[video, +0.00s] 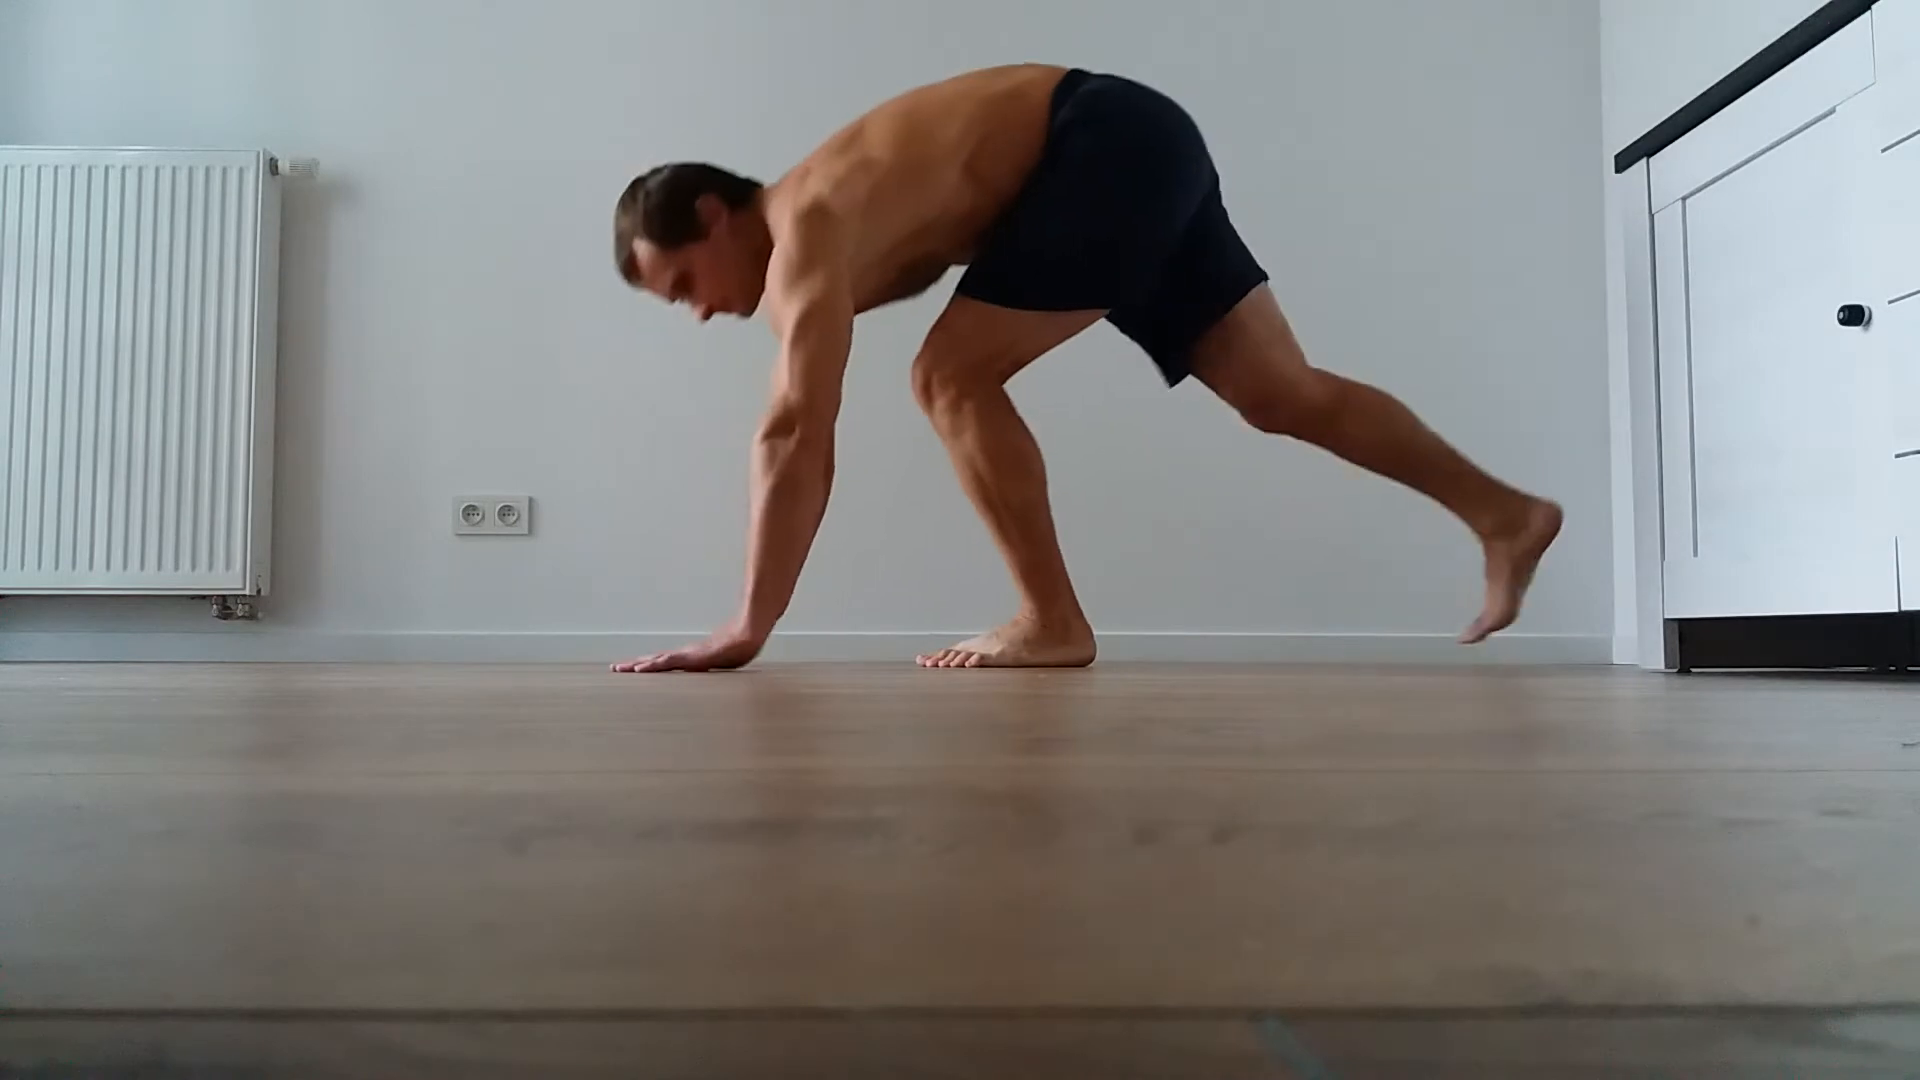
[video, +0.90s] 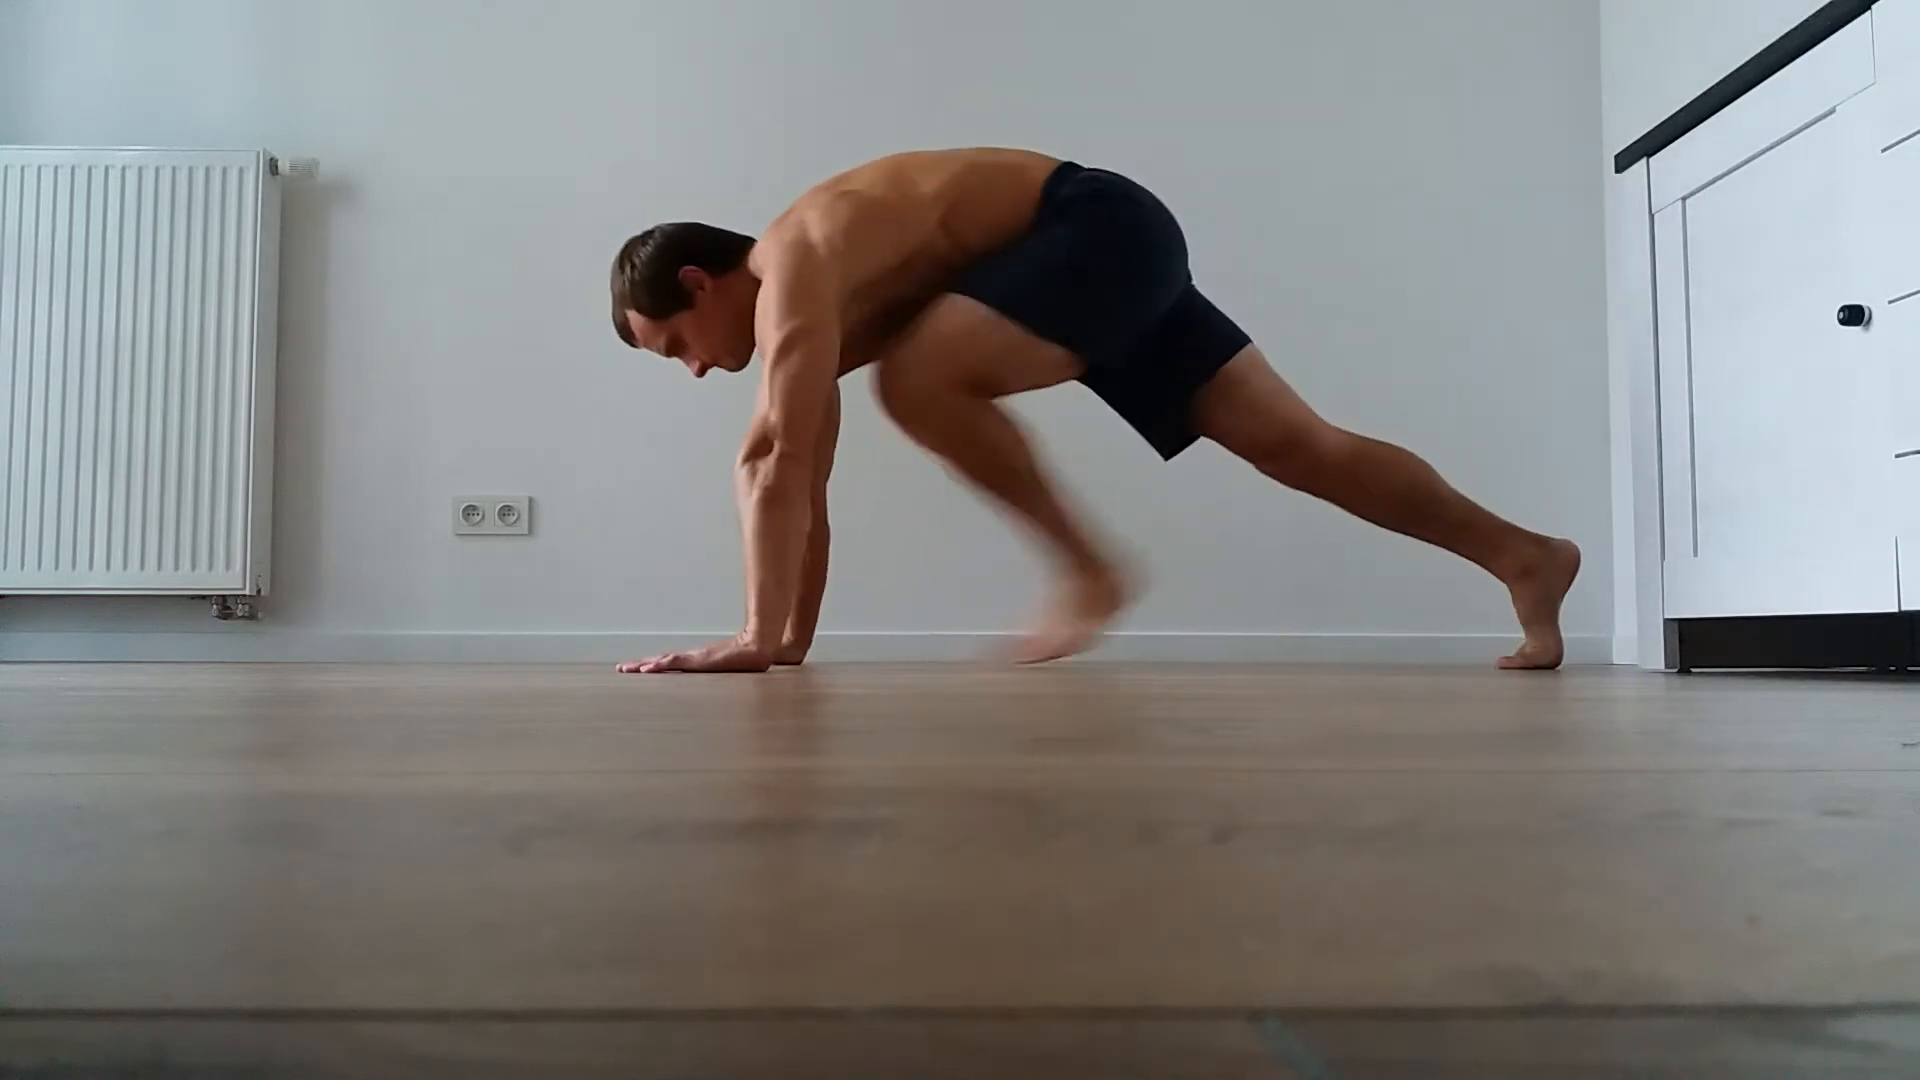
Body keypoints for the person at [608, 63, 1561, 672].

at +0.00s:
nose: (700, 307)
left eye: (684, 284)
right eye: (680, 296)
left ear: (713, 223)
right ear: (717, 221)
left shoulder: (808, 236)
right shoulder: (810, 216)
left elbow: (791, 438)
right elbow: (810, 438)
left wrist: (750, 625)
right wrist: (756, 614)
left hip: (1103, 152)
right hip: (1137, 144)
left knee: (955, 376)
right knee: (1281, 394)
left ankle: (1052, 623)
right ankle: (1505, 514)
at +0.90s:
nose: (688, 364)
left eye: (672, 344)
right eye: (671, 352)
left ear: (699, 288)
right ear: (707, 284)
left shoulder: (795, 265)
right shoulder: (800, 279)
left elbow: (774, 459)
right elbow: (805, 481)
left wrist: (762, 634)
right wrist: (790, 641)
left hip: (1096, 236)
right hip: (1110, 247)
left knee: (912, 384)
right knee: (1305, 450)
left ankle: (1089, 575)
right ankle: (1527, 558)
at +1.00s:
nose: (679, 364)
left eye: (663, 345)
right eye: (662, 353)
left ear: (689, 288)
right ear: (698, 288)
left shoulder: (789, 267)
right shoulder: (796, 293)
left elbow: (768, 461)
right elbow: (797, 476)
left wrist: (762, 631)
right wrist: (794, 637)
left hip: (1101, 237)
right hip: (1102, 260)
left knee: (1045, 454)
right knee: (1301, 454)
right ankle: (1522, 557)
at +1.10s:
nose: (668, 363)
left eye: (653, 344)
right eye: (651, 352)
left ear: (675, 289)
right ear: (682, 283)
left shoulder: (780, 272)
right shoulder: (779, 287)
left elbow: (774, 468)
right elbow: (779, 475)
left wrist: (763, 637)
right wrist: (788, 641)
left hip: (1087, 260)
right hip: (1080, 278)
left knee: (1209, 491)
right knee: (1281, 455)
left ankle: (1436, 481)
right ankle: (1515, 562)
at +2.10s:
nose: (635, 419)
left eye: (621, 400)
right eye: (619, 410)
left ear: (647, 345)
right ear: (653, 348)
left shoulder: (753, 323)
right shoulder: (763, 338)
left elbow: (762, 470)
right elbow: (789, 490)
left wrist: (756, 636)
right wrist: (788, 635)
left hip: (1084, 404)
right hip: (1079, 405)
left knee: (1346, 511)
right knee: (1344, 504)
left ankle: (1599, 557)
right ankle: (1590, 555)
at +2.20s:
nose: (632, 522)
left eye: (615, 502)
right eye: (616, 511)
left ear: (631, 444)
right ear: (647, 445)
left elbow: (758, 461)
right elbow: (811, 525)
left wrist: (761, 633)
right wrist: (780, 645)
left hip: (1075, 467)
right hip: (1066, 481)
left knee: (1346, 544)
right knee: (1341, 544)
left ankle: (1598, 557)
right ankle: (1587, 556)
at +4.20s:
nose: (622, 609)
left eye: (608, 590)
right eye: (603, 599)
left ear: (630, 541)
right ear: (632, 546)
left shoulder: (723, 502)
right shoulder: (734, 516)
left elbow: (709, 462)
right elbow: (798, 610)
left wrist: (765, 637)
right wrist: (736, 647)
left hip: (1064, 542)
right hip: (1054, 544)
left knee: (1357, 575)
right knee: (1352, 572)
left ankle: (1593, 559)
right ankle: (1587, 560)